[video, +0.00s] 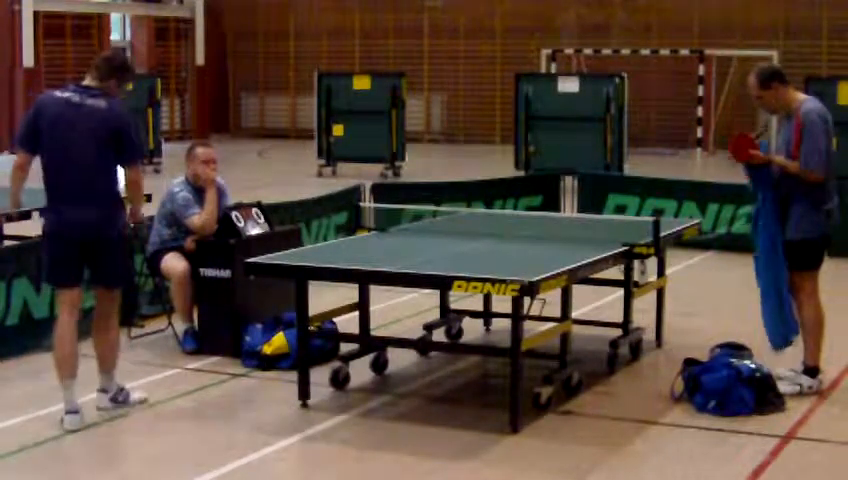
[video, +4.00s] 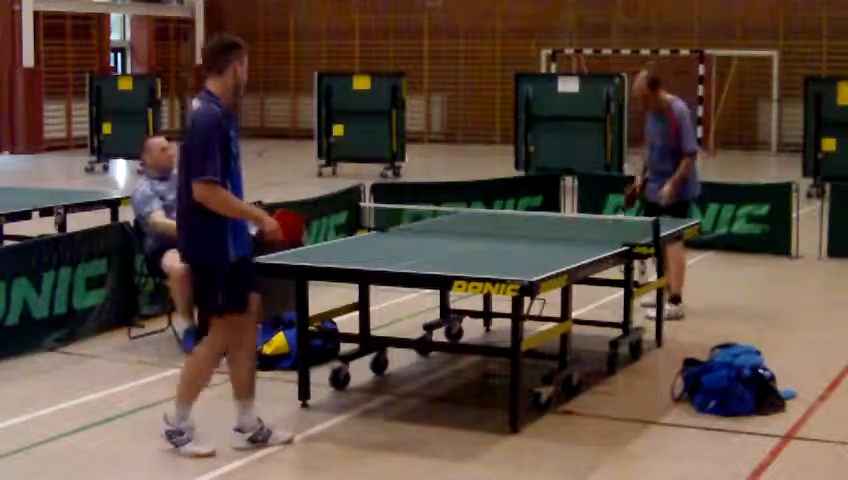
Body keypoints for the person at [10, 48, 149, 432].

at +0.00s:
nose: (122, 91)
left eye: (123, 86)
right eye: (124, 86)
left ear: (91, 70)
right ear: (117, 82)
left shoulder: (48, 104)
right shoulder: (115, 114)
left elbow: (21, 163)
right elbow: (134, 174)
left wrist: (14, 205)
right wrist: (136, 212)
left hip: (61, 222)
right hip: (106, 223)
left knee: (66, 308)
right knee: (107, 307)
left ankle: (70, 406)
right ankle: (108, 388)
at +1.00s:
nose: (92, 82)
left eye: (94, 76)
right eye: (87, 75)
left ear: (90, 79)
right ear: (66, 74)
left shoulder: (81, 112)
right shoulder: (45, 110)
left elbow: (86, 167)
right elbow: (28, 164)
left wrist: (99, 208)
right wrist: (59, 206)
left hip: (85, 209)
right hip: (65, 211)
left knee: (63, 286)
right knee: (91, 288)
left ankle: (57, 369)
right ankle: (106, 379)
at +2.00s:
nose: (34, 72)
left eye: (35, 66)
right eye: (27, 66)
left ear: (35, 69)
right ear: (5, 69)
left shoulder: (43, 108)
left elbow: (60, 157)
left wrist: (72, 206)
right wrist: (0, 196)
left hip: (50, 216)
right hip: (10, 221)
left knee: (71, 281)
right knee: (8, 297)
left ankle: (60, 371)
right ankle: (9, 382)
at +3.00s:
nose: (114, 72)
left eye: (114, 64)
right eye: (109, 63)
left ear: (101, 66)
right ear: (87, 64)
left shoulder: (107, 108)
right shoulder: (61, 114)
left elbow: (130, 166)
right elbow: (71, 177)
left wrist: (123, 153)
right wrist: (134, 175)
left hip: (111, 228)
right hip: (82, 232)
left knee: (100, 317)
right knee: (95, 316)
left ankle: (84, 405)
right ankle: (84, 408)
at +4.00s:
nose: (246, 76)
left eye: (244, 68)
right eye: (243, 68)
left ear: (215, 67)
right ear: (233, 68)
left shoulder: (220, 113)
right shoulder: (207, 117)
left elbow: (213, 188)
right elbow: (204, 189)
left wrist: (248, 216)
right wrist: (255, 214)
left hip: (232, 244)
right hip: (211, 247)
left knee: (245, 325)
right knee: (221, 333)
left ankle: (247, 422)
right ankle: (176, 421)